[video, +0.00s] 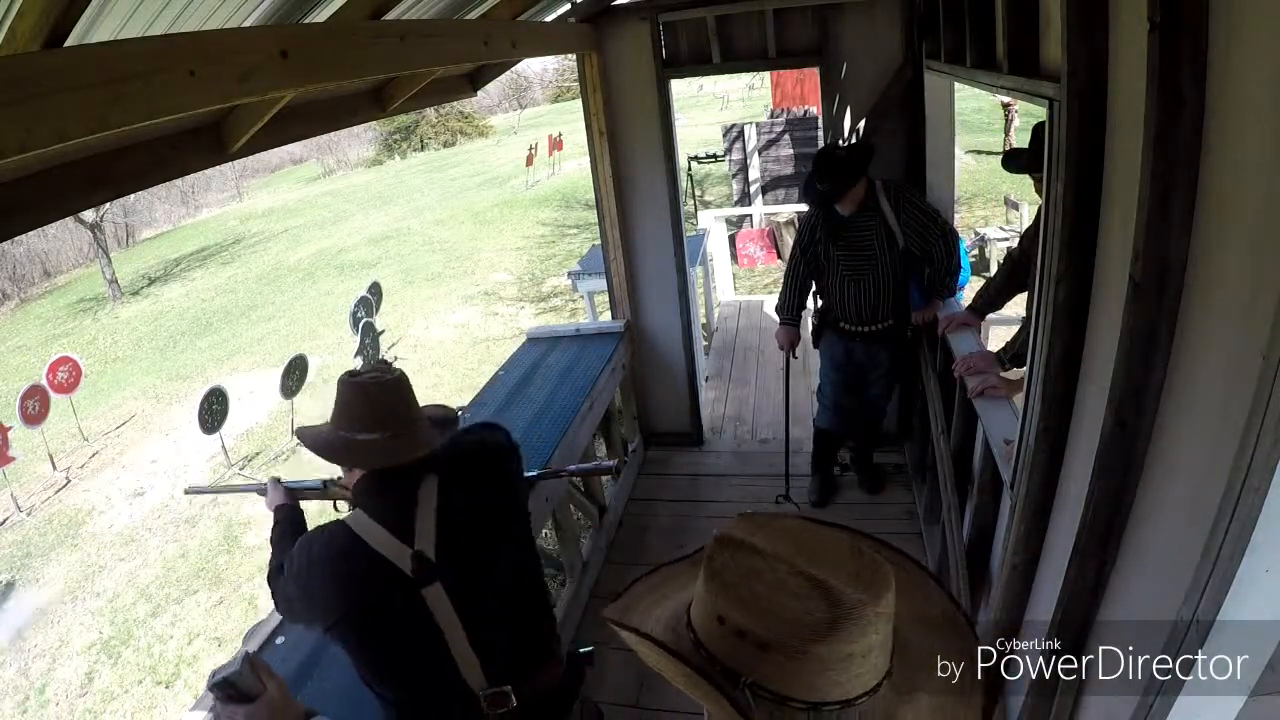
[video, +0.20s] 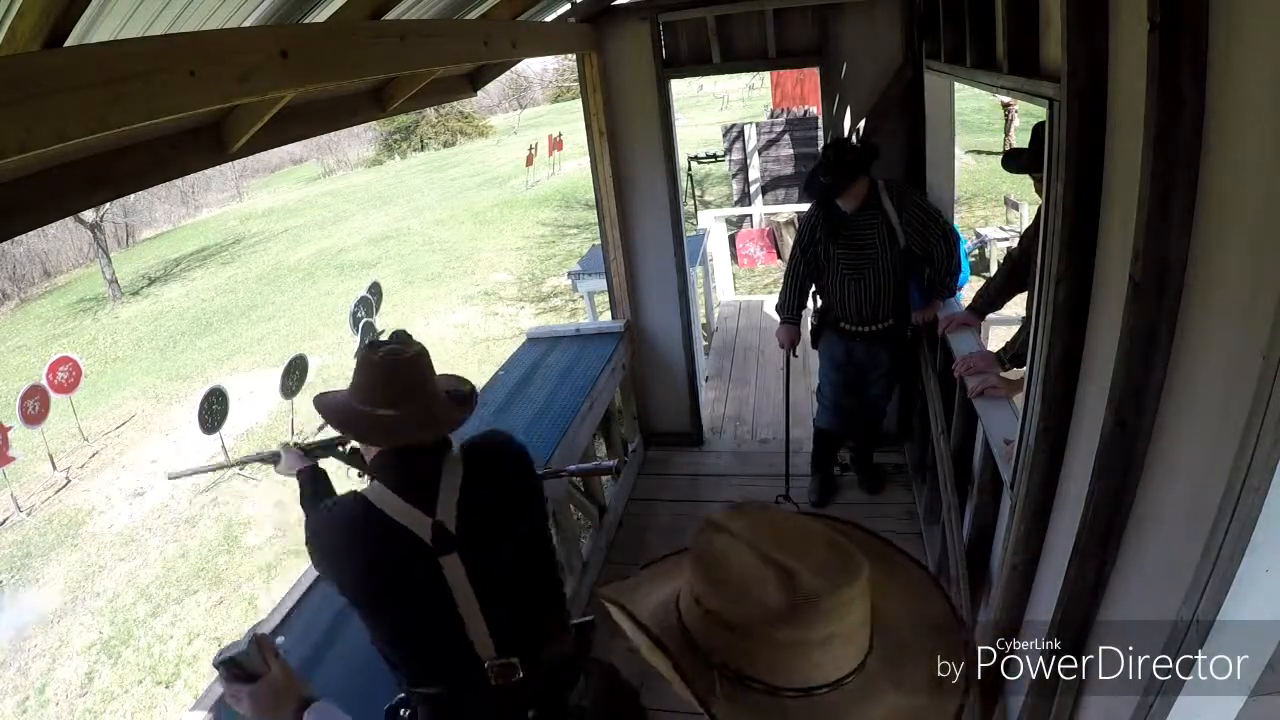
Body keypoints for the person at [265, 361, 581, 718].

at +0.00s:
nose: (342, 465)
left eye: (342, 457)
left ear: (351, 466)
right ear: (421, 435)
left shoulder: (325, 559)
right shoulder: (488, 464)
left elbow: (287, 591)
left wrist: (282, 510)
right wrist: (380, 476)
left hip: (435, 715)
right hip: (546, 685)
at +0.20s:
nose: (355, 437)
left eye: (357, 428)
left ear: (363, 434)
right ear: (442, 415)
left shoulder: (344, 531)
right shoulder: (504, 459)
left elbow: (322, 520)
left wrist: (306, 471)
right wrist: (385, 461)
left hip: (450, 703)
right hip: (552, 672)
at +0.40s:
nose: (415, 417)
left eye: (418, 409)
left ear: (425, 415)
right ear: (493, 397)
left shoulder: (402, 498)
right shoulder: (555, 447)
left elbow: (370, 553)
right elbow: (586, 543)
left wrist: (381, 463)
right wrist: (438, 458)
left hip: (496, 682)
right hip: (588, 649)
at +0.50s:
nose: (456, 396)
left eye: (458, 386)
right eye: (457, 385)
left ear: (470, 392)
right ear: (530, 379)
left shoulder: (453, 476)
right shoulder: (589, 433)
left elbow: (396, 545)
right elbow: (615, 526)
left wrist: (388, 467)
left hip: (530, 648)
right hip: (611, 619)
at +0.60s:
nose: (491, 374)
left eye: (490, 364)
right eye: (489, 364)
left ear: (503, 368)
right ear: (559, 352)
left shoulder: (485, 446)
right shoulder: (626, 403)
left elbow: (436, 531)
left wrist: (403, 475)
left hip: (563, 615)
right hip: (644, 586)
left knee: (545, 705)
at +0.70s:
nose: (509, 359)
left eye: (509, 349)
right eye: (507, 349)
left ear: (526, 351)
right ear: (571, 334)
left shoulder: (510, 419)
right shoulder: (641, 379)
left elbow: (447, 505)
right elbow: (663, 464)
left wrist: (396, 475)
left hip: (586, 588)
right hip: (665, 561)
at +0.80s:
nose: (513, 351)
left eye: (513, 342)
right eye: (511, 342)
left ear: (532, 342)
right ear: (573, 322)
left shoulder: (527, 404)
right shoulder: (636, 364)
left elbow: (452, 480)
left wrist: (390, 477)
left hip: (606, 561)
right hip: (677, 532)